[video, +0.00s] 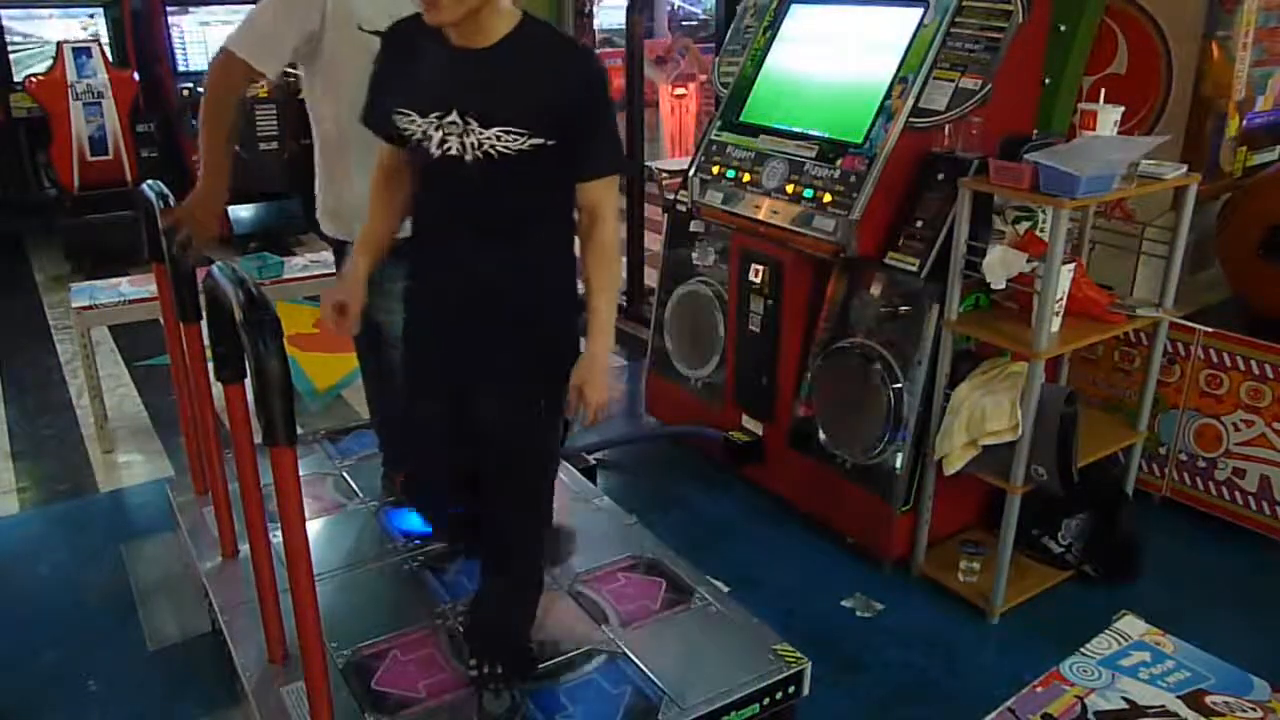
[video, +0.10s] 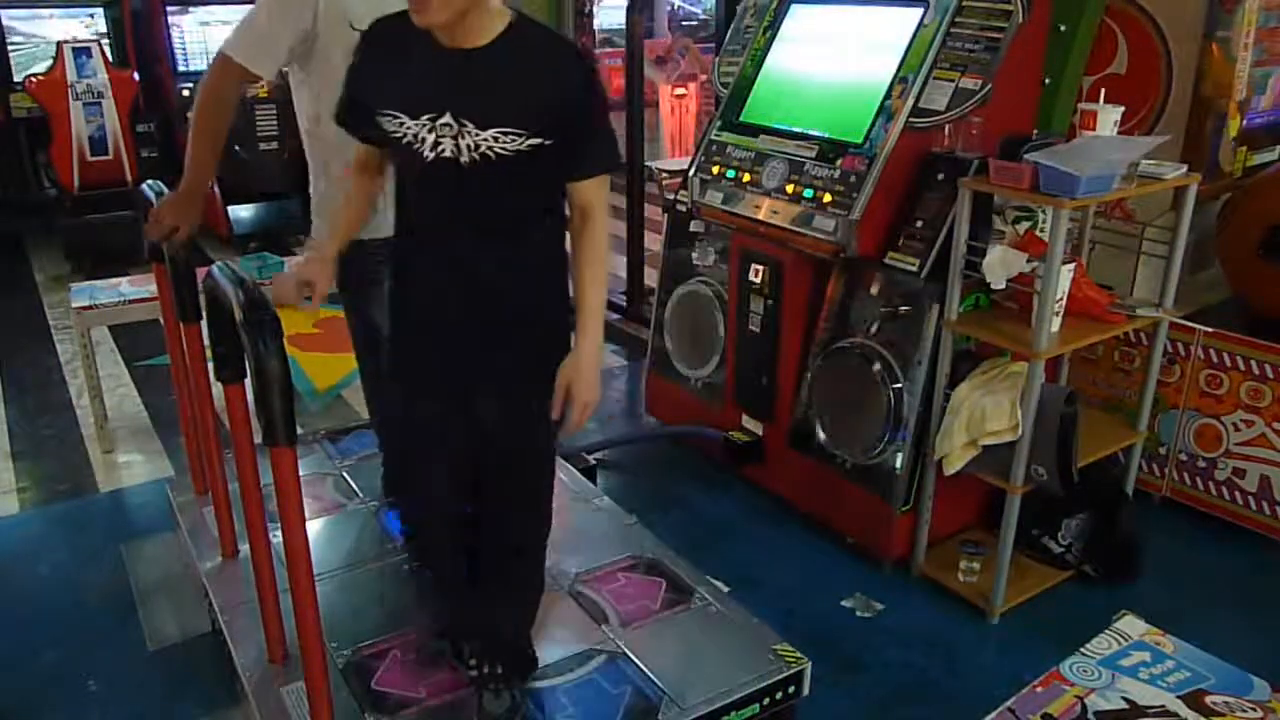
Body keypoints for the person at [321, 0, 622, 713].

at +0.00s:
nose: (425, 4)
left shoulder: (570, 70)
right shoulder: (408, 45)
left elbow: (599, 216)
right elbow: (395, 166)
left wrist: (600, 346)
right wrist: (357, 267)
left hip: (531, 325)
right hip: (436, 319)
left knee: (514, 505)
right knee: (436, 481)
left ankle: (501, 661)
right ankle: (529, 541)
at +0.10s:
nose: (413, 7)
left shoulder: (559, 69)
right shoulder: (388, 43)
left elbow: (590, 214)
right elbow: (366, 167)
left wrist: (588, 345)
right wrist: (323, 250)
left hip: (521, 327)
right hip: (423, 322)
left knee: (514, 497)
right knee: (428, 489)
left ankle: (506, 661)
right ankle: (455, 624)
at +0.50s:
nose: (333, 2)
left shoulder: (501, 58)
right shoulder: (292, 55)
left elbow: (535, 200)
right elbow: (239, 172)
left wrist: (565, 327)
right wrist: (255, 287)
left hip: (483, 348)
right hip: (374, 356)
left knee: (503, 528)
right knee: (391, 545)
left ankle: (503, 676)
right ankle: (397, 700)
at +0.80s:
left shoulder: (445, 43)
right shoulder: (231, 61)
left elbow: (482, 185)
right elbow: (173, 178)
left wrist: (525, 313)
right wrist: (240, 301)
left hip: (447, 336)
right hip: (341, 353)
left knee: (472, 509)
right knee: (377, 533)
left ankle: (451, 651)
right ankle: (393, 687)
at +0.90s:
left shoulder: (430, 41)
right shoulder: (227, 61)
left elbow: (467, 191)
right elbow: (151, 182)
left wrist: (509, 311)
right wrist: (240, 305)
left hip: (434, 334)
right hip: (336, 352)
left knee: (457, 497)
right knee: (375, 536)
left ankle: (424, 631)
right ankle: (392, 693)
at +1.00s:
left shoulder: (418, 44)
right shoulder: (224, 62)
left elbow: (454, 191)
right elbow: (141, 183)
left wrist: (495, 305)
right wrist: (238, 305)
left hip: (422, 330)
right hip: (328, 346)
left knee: (429, 505)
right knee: (370, 529)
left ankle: (398, 636)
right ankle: (384, 689)